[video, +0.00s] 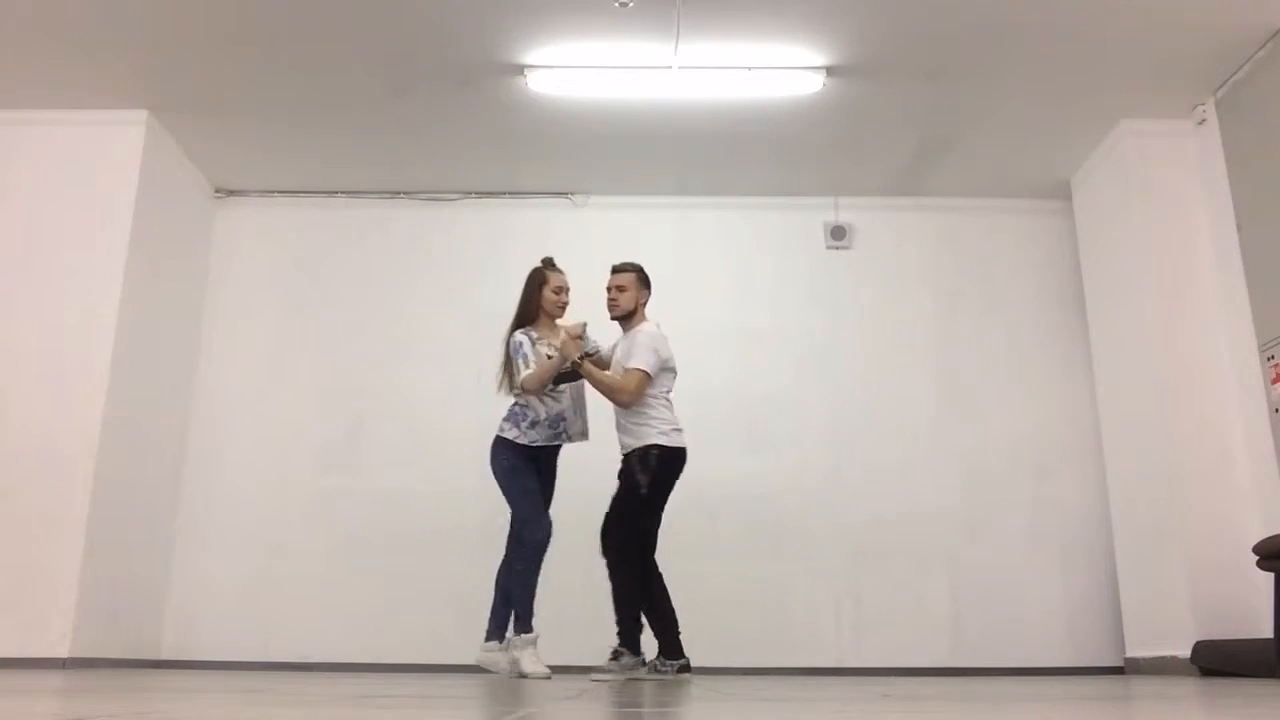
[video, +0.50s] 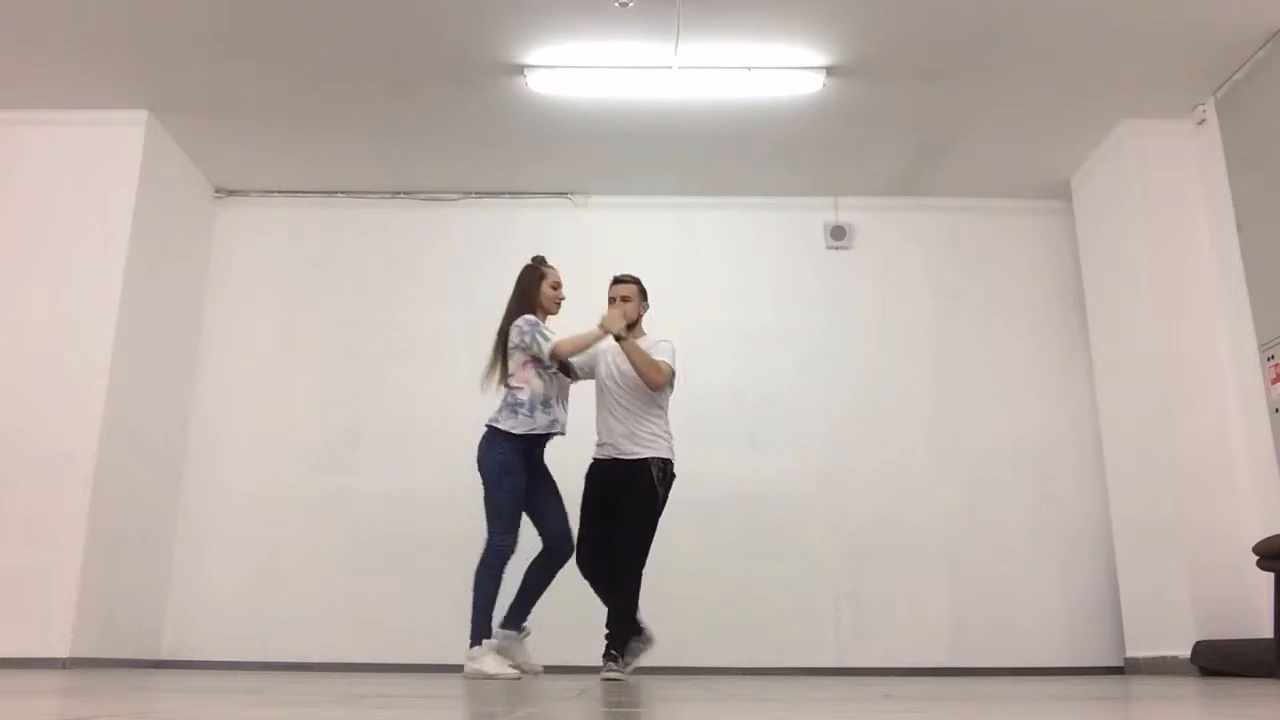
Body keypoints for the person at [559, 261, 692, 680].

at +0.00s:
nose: (611, 296)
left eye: (620, 290)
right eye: (609, 290)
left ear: (642, 296)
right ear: (610, 297)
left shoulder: (647, 337)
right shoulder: (622, 341)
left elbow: (626, 392)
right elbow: (587, 367)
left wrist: (580, 359)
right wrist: (570, 346)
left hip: (656, 451)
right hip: (641, 453)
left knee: (616, 538)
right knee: (636, 552)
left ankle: (629, 648)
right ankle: (672, 655)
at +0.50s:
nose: (618, 306)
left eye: (626, 300)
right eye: (612, 301)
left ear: (644, 307)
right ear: (607, 307)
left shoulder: (660, 346)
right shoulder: (601, 351)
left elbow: (657, 378)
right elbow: (560, 368)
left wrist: (620, 336)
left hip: (649, 463)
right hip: (606, 462)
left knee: (628, 558)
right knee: (589, 556)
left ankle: (614, 652)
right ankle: (635, 631)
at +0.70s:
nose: (615, 311)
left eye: (622, 305)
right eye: (609, 305)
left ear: (637, 312)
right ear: (600, 311)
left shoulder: (650, 359)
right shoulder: (584, 354)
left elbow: (673, 408)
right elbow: (554, 388)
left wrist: (638, 369)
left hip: (638, 470)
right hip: (591, 468)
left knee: (631, 565)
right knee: (595, 564)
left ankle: (620, 651)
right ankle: (591, 649)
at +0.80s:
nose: (611, 314)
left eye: (619, 307)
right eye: (605, 308)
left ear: (631, 314)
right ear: (594, 313)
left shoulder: (639, 359)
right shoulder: (579, 353)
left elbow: (672, 413)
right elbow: (520, 363)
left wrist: (648, 372)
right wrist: (527, 353)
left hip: (631, 470)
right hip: (585, 468)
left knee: (636, 555)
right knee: (591, 558)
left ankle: (634, 646)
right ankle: (592, 651)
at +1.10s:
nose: (610, 284)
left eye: (596, 276)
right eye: (609, 277)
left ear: (572, 282)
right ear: (611, 280)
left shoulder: (560, 327)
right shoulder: (628, 316)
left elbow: (513, 360)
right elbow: (676, 342)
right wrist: (671, 320)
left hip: (559, 446)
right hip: (602, 446)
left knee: (571, 546)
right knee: (629, 546)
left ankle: (538, 637)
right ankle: (638, 643)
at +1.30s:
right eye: (626, 276)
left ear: (588, 283)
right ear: (628, 281)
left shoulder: (574, 323)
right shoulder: (647, 316)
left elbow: (517, 354)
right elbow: (682, 332)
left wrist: (528, 344)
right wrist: (660, 304)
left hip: (598, 431)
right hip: (645, 428)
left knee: (611, 541)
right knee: (649, 542)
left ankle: (582, 644)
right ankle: (639, 649)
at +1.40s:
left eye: (583, 287)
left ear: (594, 284)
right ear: (634, 284)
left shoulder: (578, 325)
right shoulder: (646, 319)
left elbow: (523, 354)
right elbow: (673, 332)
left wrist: (504, 340)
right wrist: (640, 307)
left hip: (605, 434)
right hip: (652, 429)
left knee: (619, 542)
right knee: (652, 543)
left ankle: (585, 643)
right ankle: (639, 651)